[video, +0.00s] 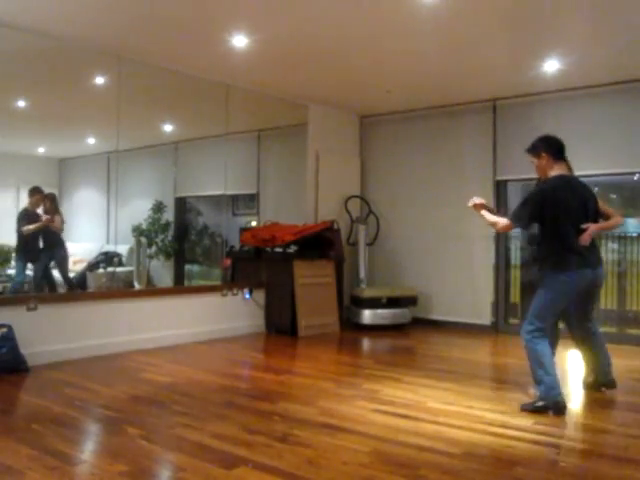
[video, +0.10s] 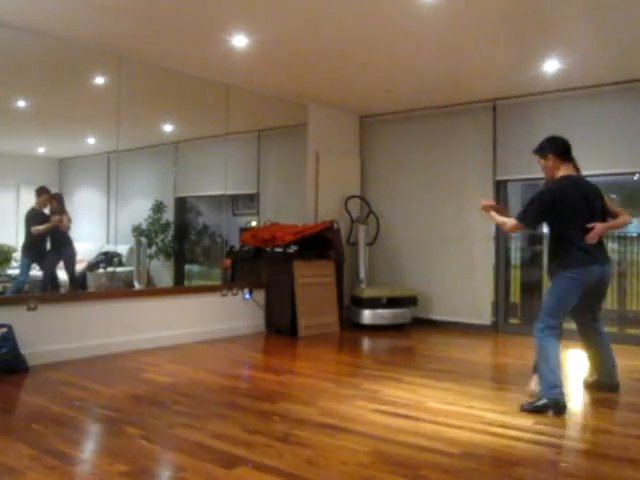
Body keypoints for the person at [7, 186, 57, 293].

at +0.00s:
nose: (40, 202)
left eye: (41, 199)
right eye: (39, 198)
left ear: (41, 199)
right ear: (32, 197)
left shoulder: (37, 215)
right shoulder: (23, 213)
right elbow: (24, 230)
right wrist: (42, 223)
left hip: (35, 249)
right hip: (22, 250)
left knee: (43, 275)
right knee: (19, 278)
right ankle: (11, 303)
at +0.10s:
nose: (48, 202)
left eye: (49, 199)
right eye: (46, 198)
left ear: (46, 199)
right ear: (39, 198)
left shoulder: (46, 216)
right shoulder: (31, 213)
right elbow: (33, 230)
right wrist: (52, 224)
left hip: (41, 250)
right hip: (29, 249)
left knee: (51, 275)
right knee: (23, 277)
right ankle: (10, 299)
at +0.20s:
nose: (54, 201)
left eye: (55, 198)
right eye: (52, 198)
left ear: (52, 198)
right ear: (46, 197)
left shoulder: (50, 215)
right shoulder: (38, 213)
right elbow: (43, 230)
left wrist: (67, 223)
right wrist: (63, 225)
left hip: (46, 249)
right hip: (35, 249)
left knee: (56, 274)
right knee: (26, 276)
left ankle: (58, 298)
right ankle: (11, 297)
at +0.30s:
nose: (58, 201)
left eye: (59, 198)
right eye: (57, 198)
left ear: (58, 198)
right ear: (50, 197)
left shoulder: (54, 214)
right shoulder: (42, 212)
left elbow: (57, 227)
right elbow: (49, 229)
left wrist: (71, 223)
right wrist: (69, 225)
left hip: (48, 250)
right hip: (38, 249)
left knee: (60, 274)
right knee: (30, 276)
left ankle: (63, 298)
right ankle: (11, 295)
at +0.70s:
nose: (63, 199)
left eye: (64, 196)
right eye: (61, 196)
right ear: (55, 195)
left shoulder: (57, 211)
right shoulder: (46, 210)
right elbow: (54, 225)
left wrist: (76, 220)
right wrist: (75, 222)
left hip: (52, 245)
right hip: (42, 245)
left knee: (58, 270)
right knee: (39, 271)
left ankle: (60, 295)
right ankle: (30, 295)